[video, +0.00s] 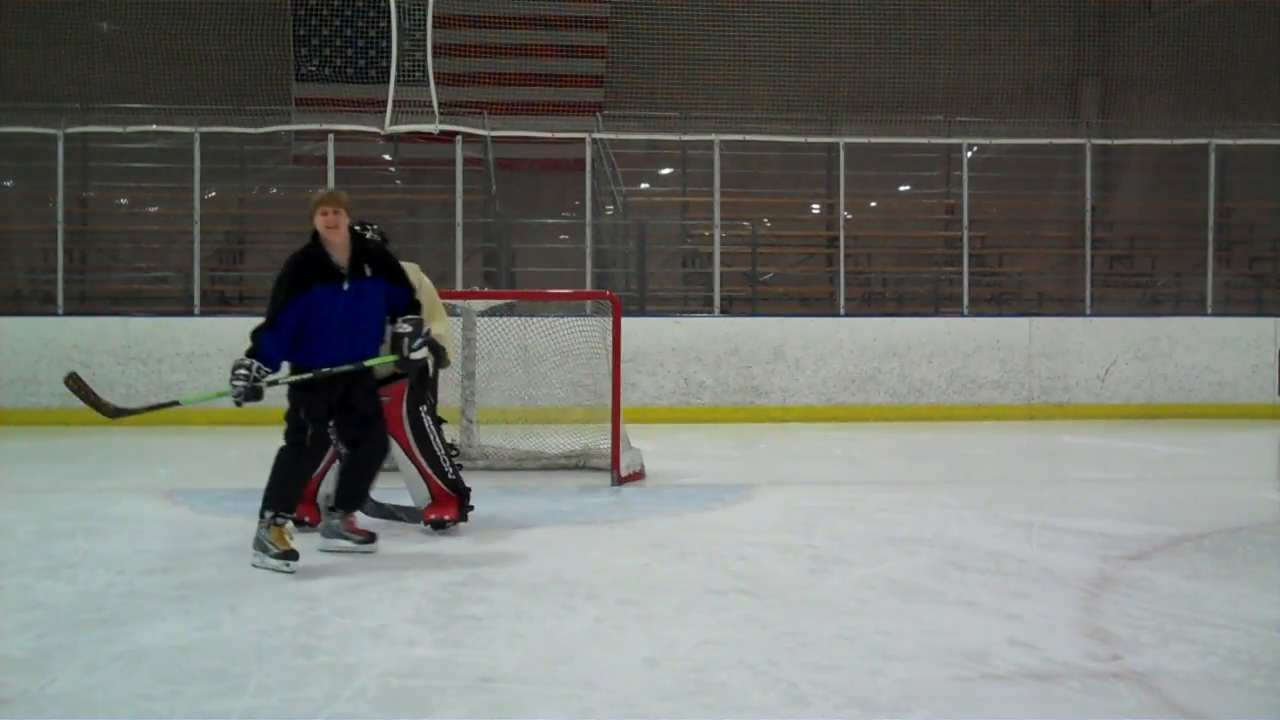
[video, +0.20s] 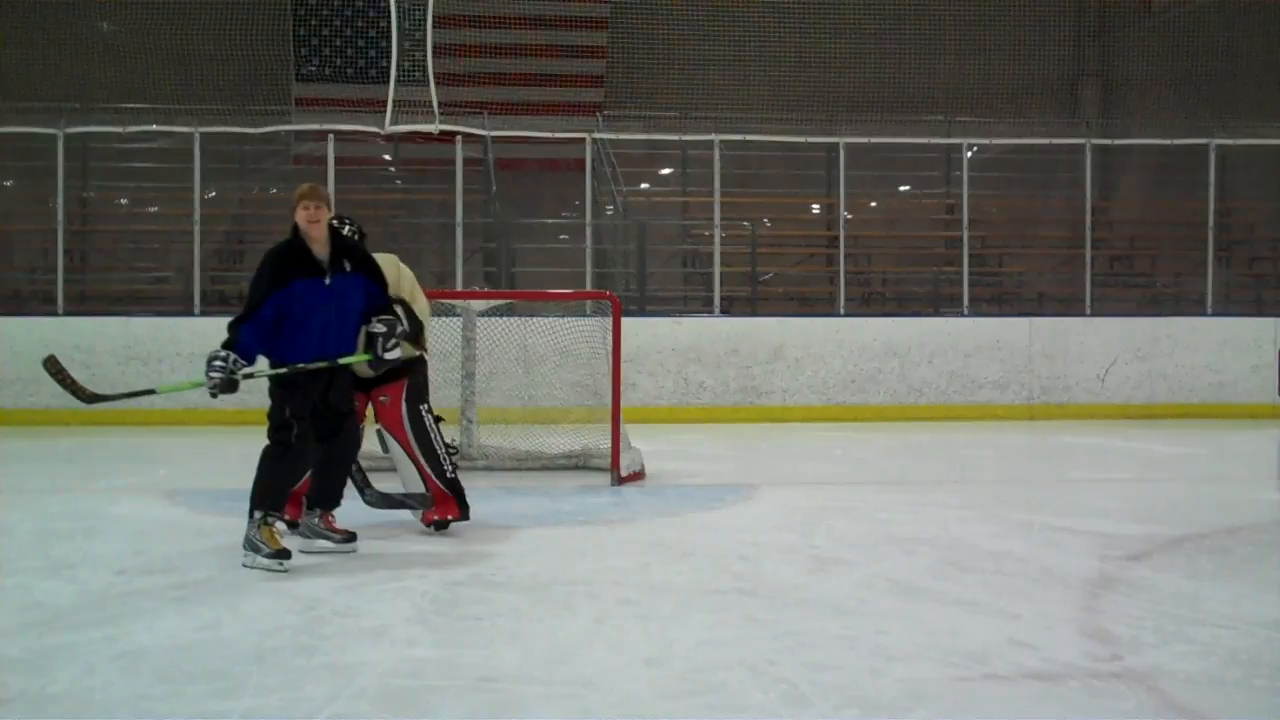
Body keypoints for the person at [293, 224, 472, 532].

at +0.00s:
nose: (361, 253)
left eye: (367, 244)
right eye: (354, 245)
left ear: (380, 245)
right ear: (346, 249)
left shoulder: (407, 274)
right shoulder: (338, 283)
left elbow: (438, 322)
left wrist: (432, 349)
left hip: (400, 373)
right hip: (351, 376)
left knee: (412, 431)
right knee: (328, 439)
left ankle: (448, 497)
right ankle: (307, 500)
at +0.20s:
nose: (338, 248)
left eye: (343, 240)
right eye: (332, 242)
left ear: (355, 240)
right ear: (325, 246)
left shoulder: (388, 267)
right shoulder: (321, 280)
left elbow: (419, 316)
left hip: (397, 368)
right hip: (345, 372)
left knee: (411, 431)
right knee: (328, 437)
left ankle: (448, 501)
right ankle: (297, 503)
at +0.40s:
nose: (331, 243)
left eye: (337, 236)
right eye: (326, 237)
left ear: (351, 237)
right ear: (318, 241)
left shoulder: (377, 262)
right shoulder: (315, 272)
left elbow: (392, 302)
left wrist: (372, 322)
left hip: (389, 365)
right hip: (338, 368)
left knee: (412, 432)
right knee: (320, 439)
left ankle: (446, 500)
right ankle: (291, 502)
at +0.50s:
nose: (345, 238)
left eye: (353, 233)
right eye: (339, 232)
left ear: (366, 237)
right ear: (332, 236)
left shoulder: (382, 266)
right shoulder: (327, 268)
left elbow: (387, 307)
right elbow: (312, 307)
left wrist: (367, 325)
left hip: (390, 368)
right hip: (342, 371)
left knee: (420, 434)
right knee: (318, 438)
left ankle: (445, 502)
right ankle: (290, 502)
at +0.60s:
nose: (366, 243)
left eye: (373, 237)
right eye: (360, 236)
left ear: (384, 243)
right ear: (350, 239)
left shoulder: (395, 272)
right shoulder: (337, 269)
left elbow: (396, 311)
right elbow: (316, 306)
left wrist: (372, 327)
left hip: (392, 368)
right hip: (346, 372)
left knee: (424, 435)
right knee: (322, 440)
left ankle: (448, 504)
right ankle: (291, 503)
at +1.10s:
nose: (427, 257)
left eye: (435, 252)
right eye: (422, 250)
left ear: (446, 257)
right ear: (413, 251)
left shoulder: (461, 294)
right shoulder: (383, 280)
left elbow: (463, 354)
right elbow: (360, 333)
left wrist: (430, 389)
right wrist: (358, 378)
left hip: (431, 383)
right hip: (381, 378)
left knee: (449, 433)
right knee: (346, 430)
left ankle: (471, 505)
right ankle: (330, 507)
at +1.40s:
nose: (408, 259)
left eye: (416, 254)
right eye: (404, 252)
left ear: (430, 258)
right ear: (397, 254)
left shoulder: (449, 294)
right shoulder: (372, 282)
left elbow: (462, 348)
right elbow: (344, 321)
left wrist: (447, 380)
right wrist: (339, 359)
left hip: (422, 375)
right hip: (371, 371)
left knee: (441, 435)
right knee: (346, 431)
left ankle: (475, 500)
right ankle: (324, 505)